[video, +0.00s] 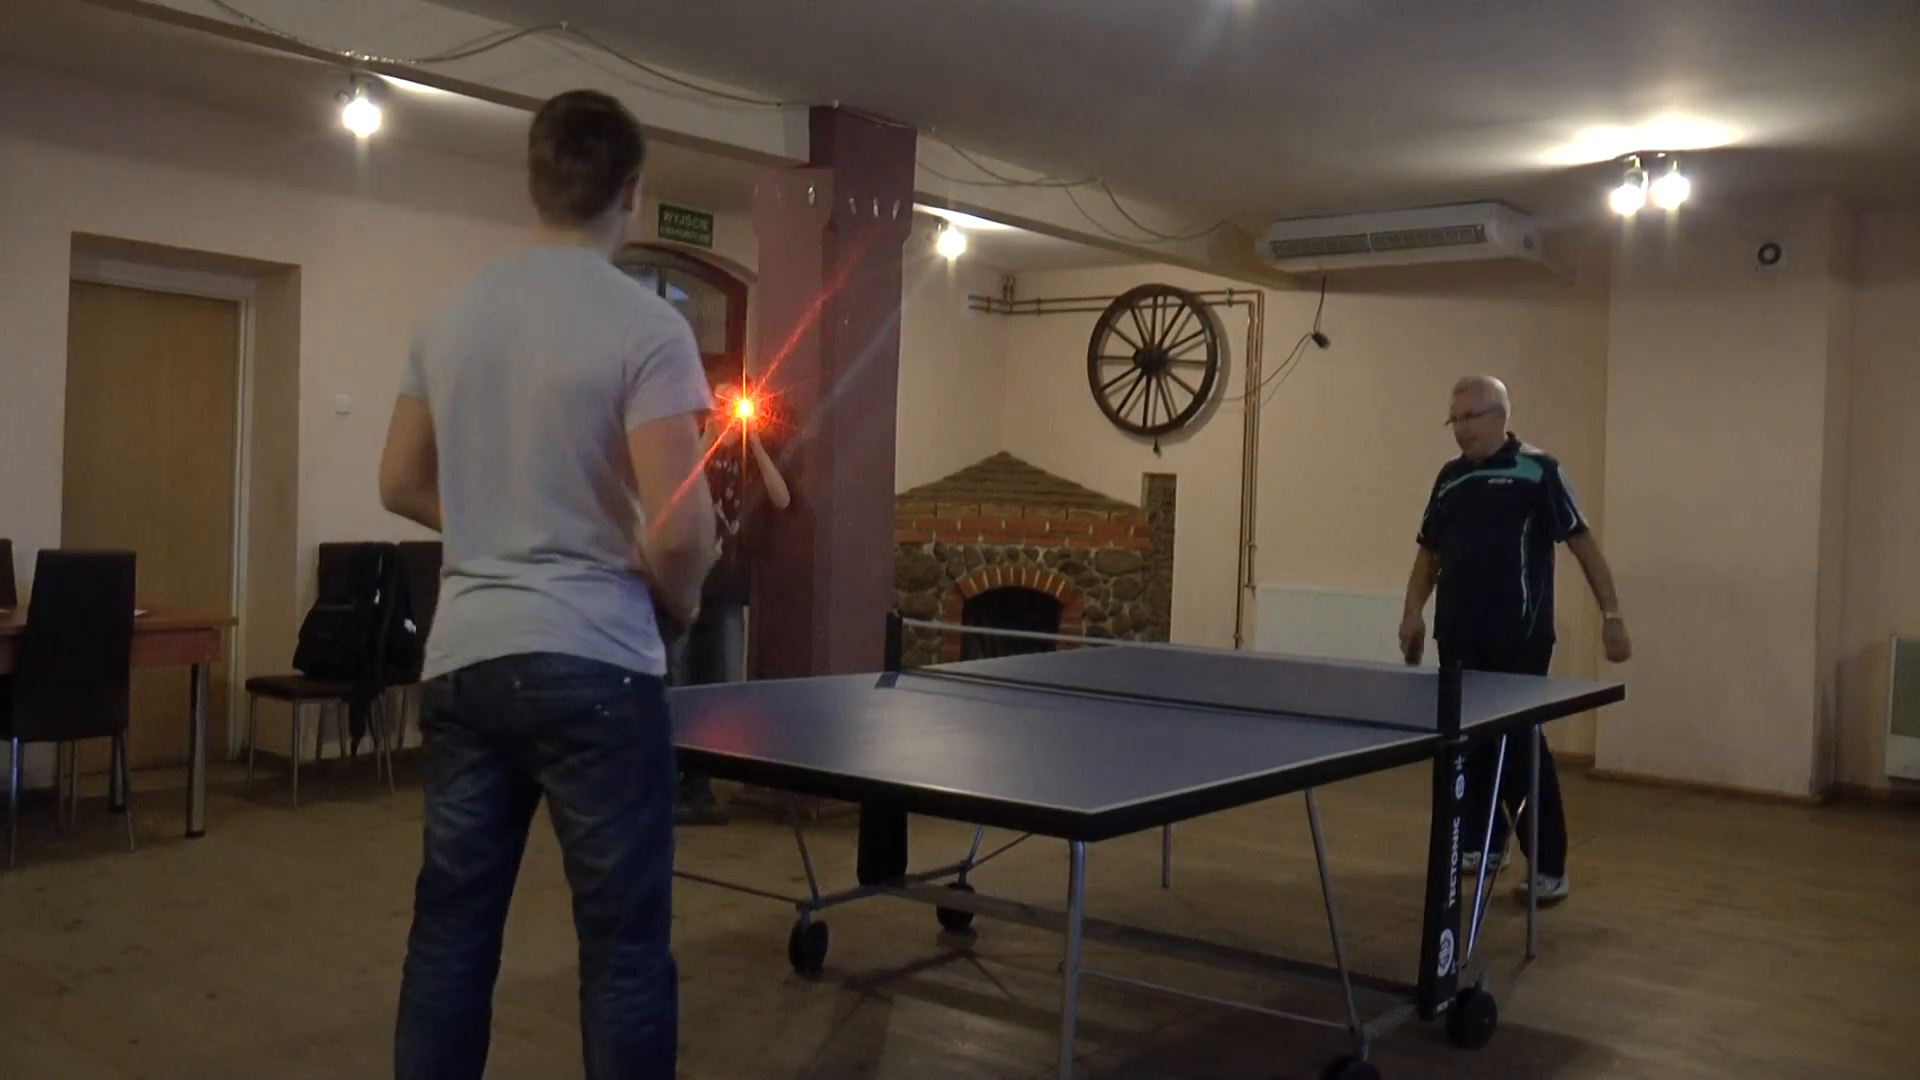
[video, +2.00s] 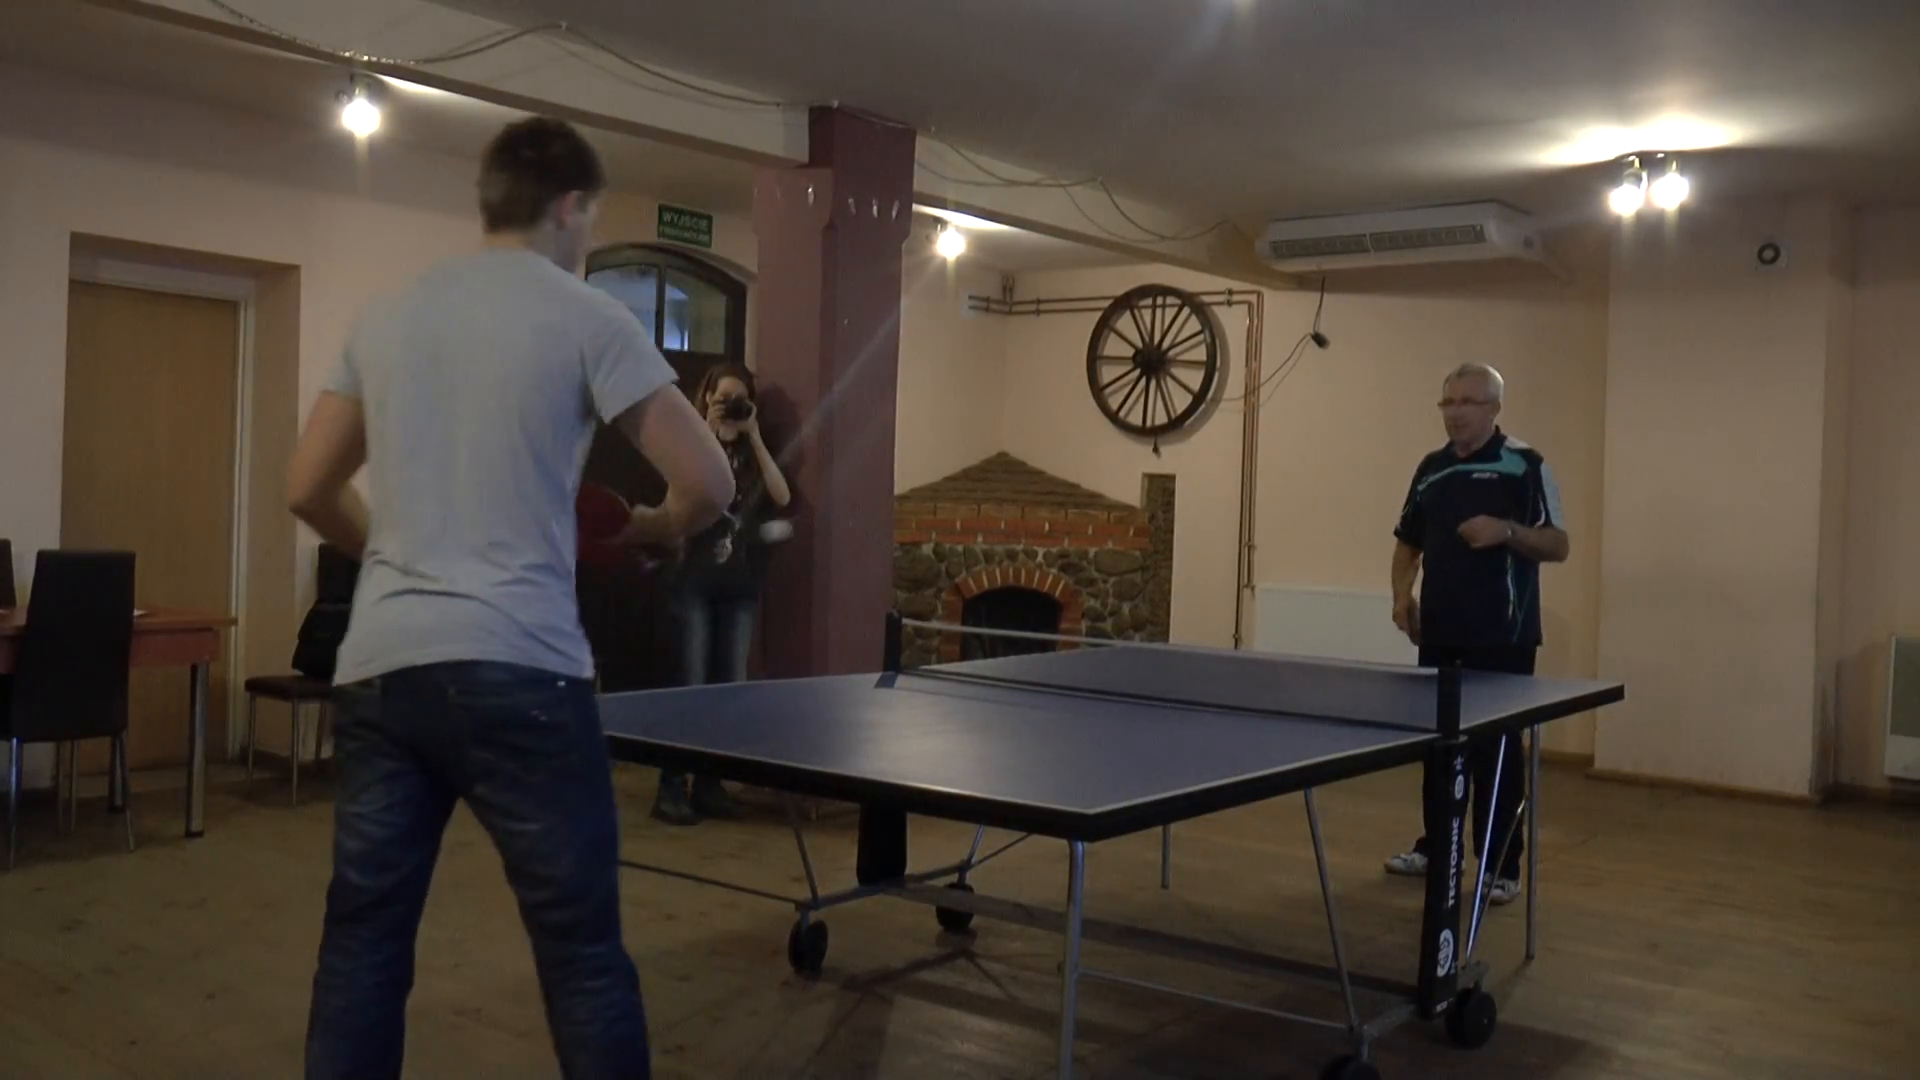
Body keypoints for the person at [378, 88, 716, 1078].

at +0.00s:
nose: (641, 201)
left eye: (632, 185)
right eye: (642, 187)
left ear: (532, 187)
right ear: (631, 194)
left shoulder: (453, 315)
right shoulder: (648, 324)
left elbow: (404, 480)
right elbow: (675, 534)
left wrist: (504, 525)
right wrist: (679, 604)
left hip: (463, 651)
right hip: (593, 655)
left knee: (450, 924)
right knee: (624, 939)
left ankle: (428, 1073)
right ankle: (631, 1075)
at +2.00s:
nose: (591, 241)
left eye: (593, 222)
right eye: (592, 220)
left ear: (487, 206)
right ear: (567, 210)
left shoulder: (388, 312)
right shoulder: (584, 310)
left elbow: (310, 488)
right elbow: (706, 483)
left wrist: (389, 555)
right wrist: (653, 530)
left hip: (378, 664)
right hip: (519, 664)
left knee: (362, 940)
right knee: (580, 947)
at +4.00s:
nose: (693, 222)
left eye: (695, 205)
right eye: (695, 204)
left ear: (587, 193)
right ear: (674, 202)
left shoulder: (477, 295)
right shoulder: (682, 319)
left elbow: (398, 458)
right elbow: (727, 523)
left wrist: (445, 601)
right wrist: (723, 651)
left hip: (461, 647)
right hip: (600, 649)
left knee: (444, 909)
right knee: (598, 935)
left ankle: (413, 1071)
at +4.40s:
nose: (616, 230)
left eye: (620, 214)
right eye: (616, 212)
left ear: (511, 203)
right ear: (587, 203)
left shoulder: (423, 322)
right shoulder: (593, 309)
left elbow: (400, 506)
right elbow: (628, 500)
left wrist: (449, 617)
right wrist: (666, 674)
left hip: (429, 651)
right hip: (550, 653)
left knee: (437, 910)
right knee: (622, 912)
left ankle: (419, 1071)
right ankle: (604, 1073)